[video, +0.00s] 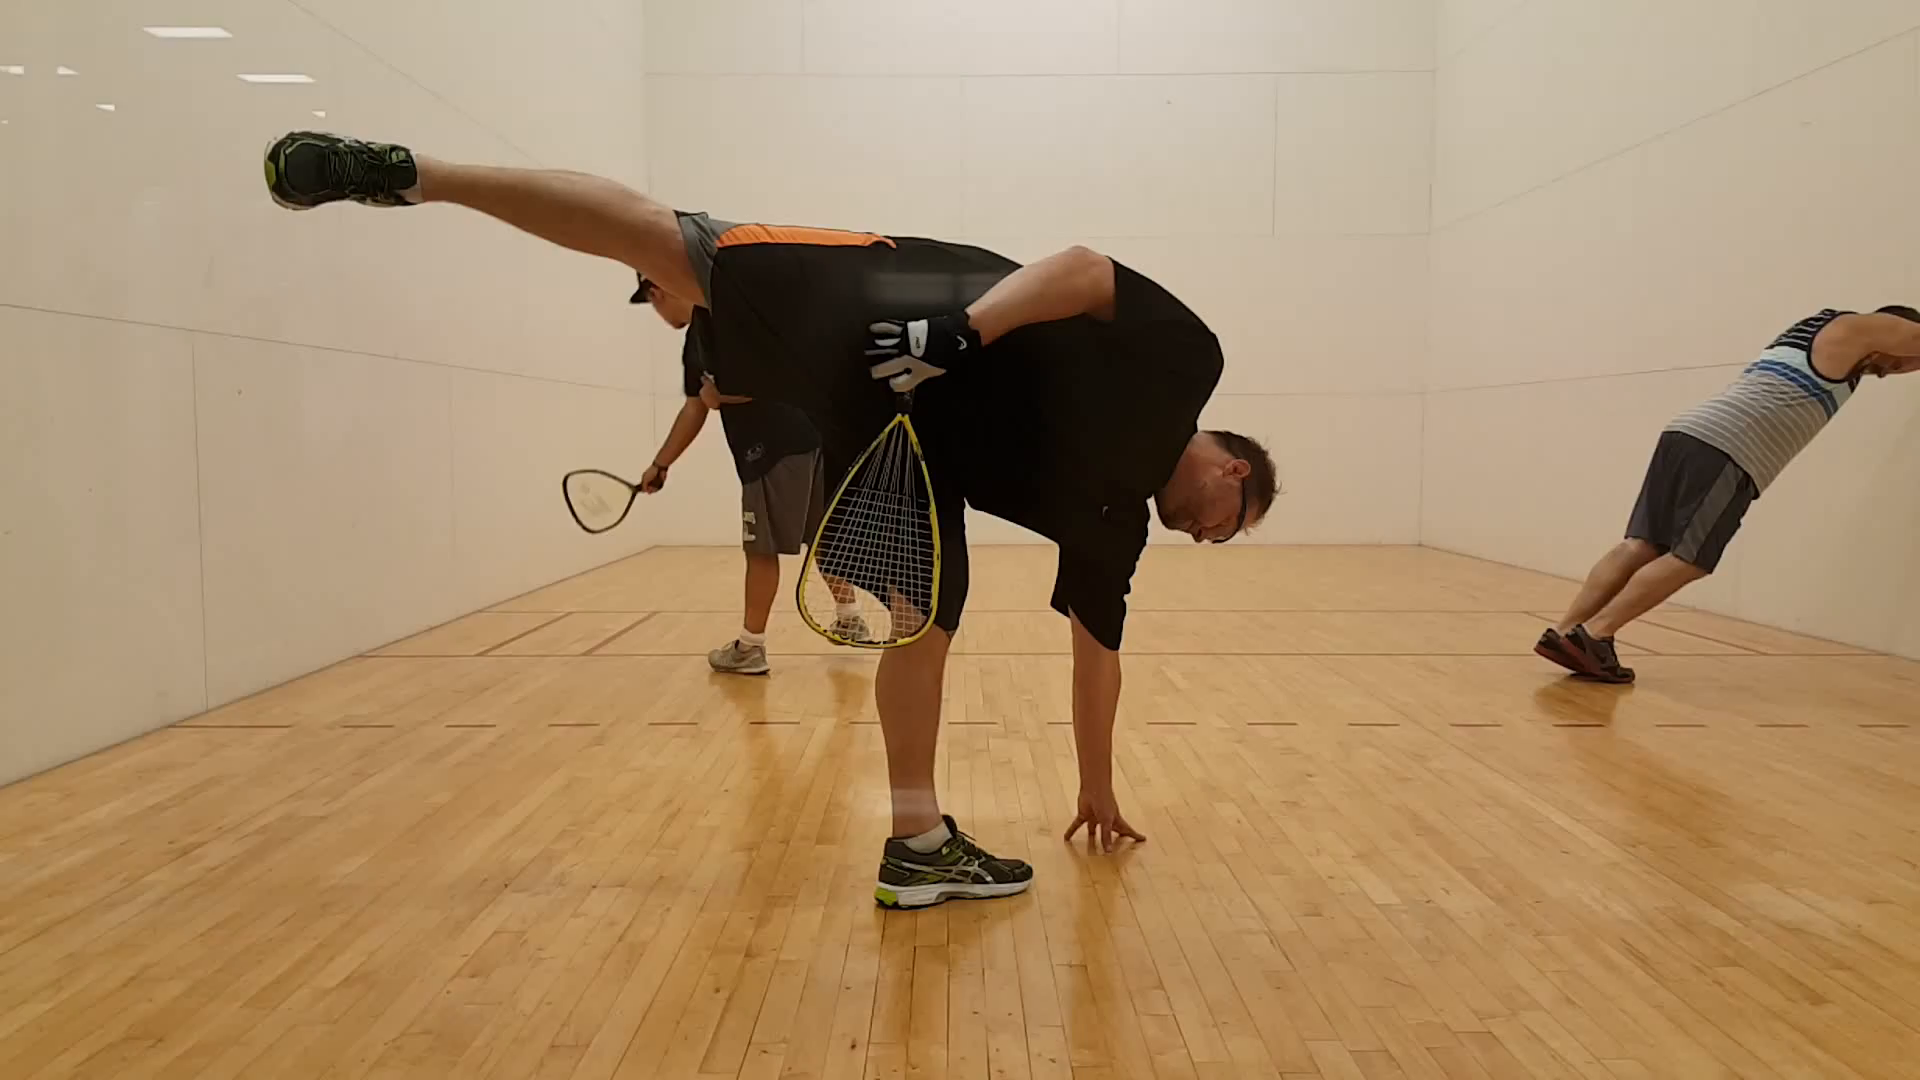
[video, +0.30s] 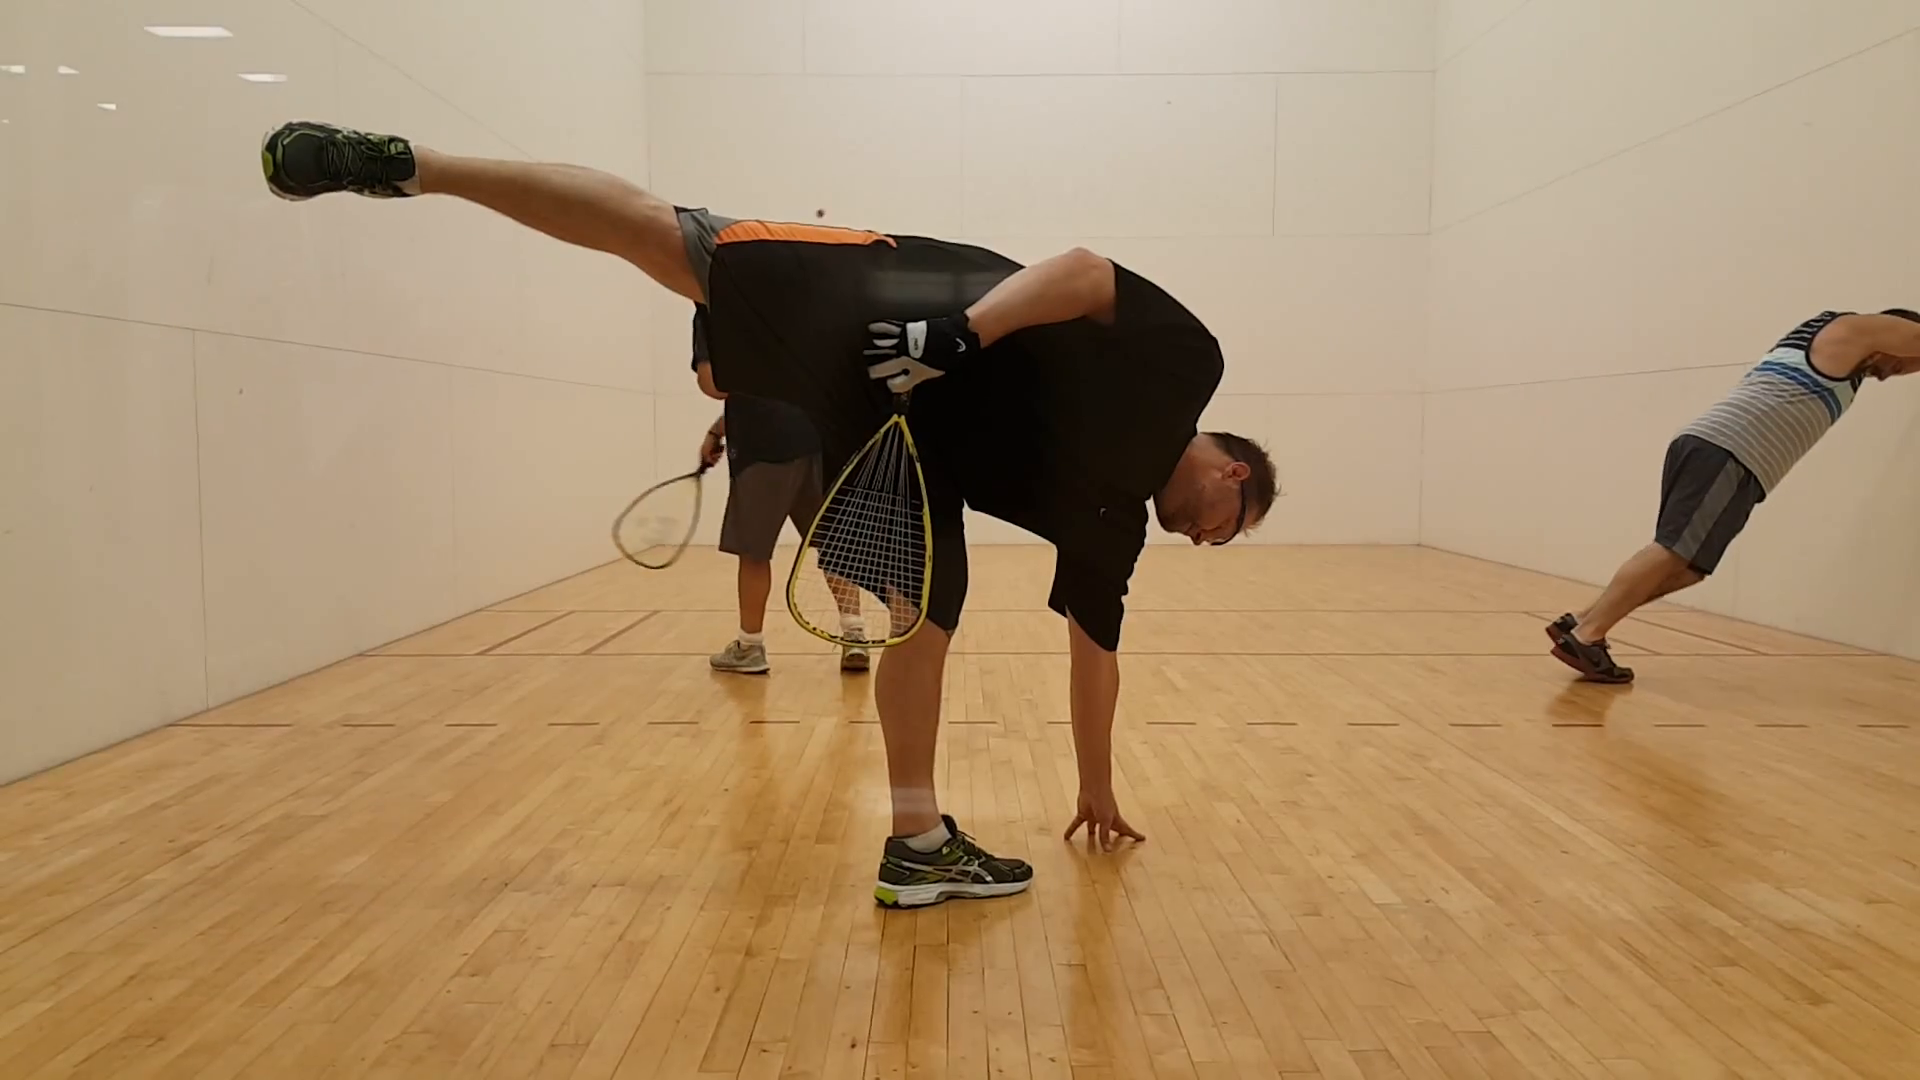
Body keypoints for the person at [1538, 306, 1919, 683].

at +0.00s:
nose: (1897, 369)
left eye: (1905, 363)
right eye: (1904, 358)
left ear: (1889, 334)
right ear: (1892, 332)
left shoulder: (1811, 330)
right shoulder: (1849, 332)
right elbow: (1916, 344)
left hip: (1686, 434)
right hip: (1727, 455)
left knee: (1640, 543)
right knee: (1690, 558)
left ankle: (1565, 630)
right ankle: (1594, 635)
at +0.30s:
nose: (1896, 375)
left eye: (1905, 370)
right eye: (1905, 365)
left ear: (1891, 339)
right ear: (1895, 339)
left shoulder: (1834, 348)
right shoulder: (1846, 332)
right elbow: (1918, 336)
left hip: (1728, 460)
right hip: (1726, 455)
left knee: (1692, 566)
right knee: (1675, 552)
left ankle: (1584, 623)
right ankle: (1585, 635)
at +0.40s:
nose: (1899, 382)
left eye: (1908, 376)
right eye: (1907, 371)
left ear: (1892, 347)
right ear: (1895, 347)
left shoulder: (1840, 360)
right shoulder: (1850, 338)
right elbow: (1919, 339)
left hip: (1734, 468)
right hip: (1726, 459)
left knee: (1705, 574)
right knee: (1677, 556)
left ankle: (1591, 621)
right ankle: (1586, 639)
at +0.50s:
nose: (1901, 386)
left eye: (1908, 380)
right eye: (1908, 375)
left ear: (1893, 357)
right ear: (1895, 355)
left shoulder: (1834, 362)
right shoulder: (1852, 347)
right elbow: (1919, 346)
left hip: (1734, 473)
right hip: (1729, 465)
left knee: (1715, 581)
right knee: (1677, 561)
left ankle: (1598, 618)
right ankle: (1586, 643)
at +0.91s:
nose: (1897, 372)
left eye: (1905, 368)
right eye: (1905, 362)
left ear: (1891, 339)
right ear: (1896, 337)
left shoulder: (1816, 332)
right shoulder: (1853, 326)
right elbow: (1919, 336)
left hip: (1700, 438)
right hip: (1734, 452)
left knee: (1664, 550)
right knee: (1687, 556)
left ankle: (1577, 624)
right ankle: (1594, 634)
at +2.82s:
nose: (1908, 319)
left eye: (1910, 310)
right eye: (1905, 308)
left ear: (1867, 295)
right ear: (1873, 294)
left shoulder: (1815, 325)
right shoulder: (1855, 325)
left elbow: (1908, 354)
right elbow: (1918, 342)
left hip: (1692, 433)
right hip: (1729, 450)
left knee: (1650, 545)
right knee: (1672, 549)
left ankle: (1571, 626)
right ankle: (1587, 634)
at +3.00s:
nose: (1898, 315)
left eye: (1899, 307)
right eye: (1892, 303)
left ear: (1849, 306)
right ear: (1851, 298)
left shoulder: (1810, 333)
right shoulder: (1847, 334)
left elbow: (1909, 356)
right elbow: (1917, 343)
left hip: (1676, 439)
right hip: (1716, 456)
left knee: (1634, 543)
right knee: (1710, 563)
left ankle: (1564, 633)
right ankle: (1607, 628)